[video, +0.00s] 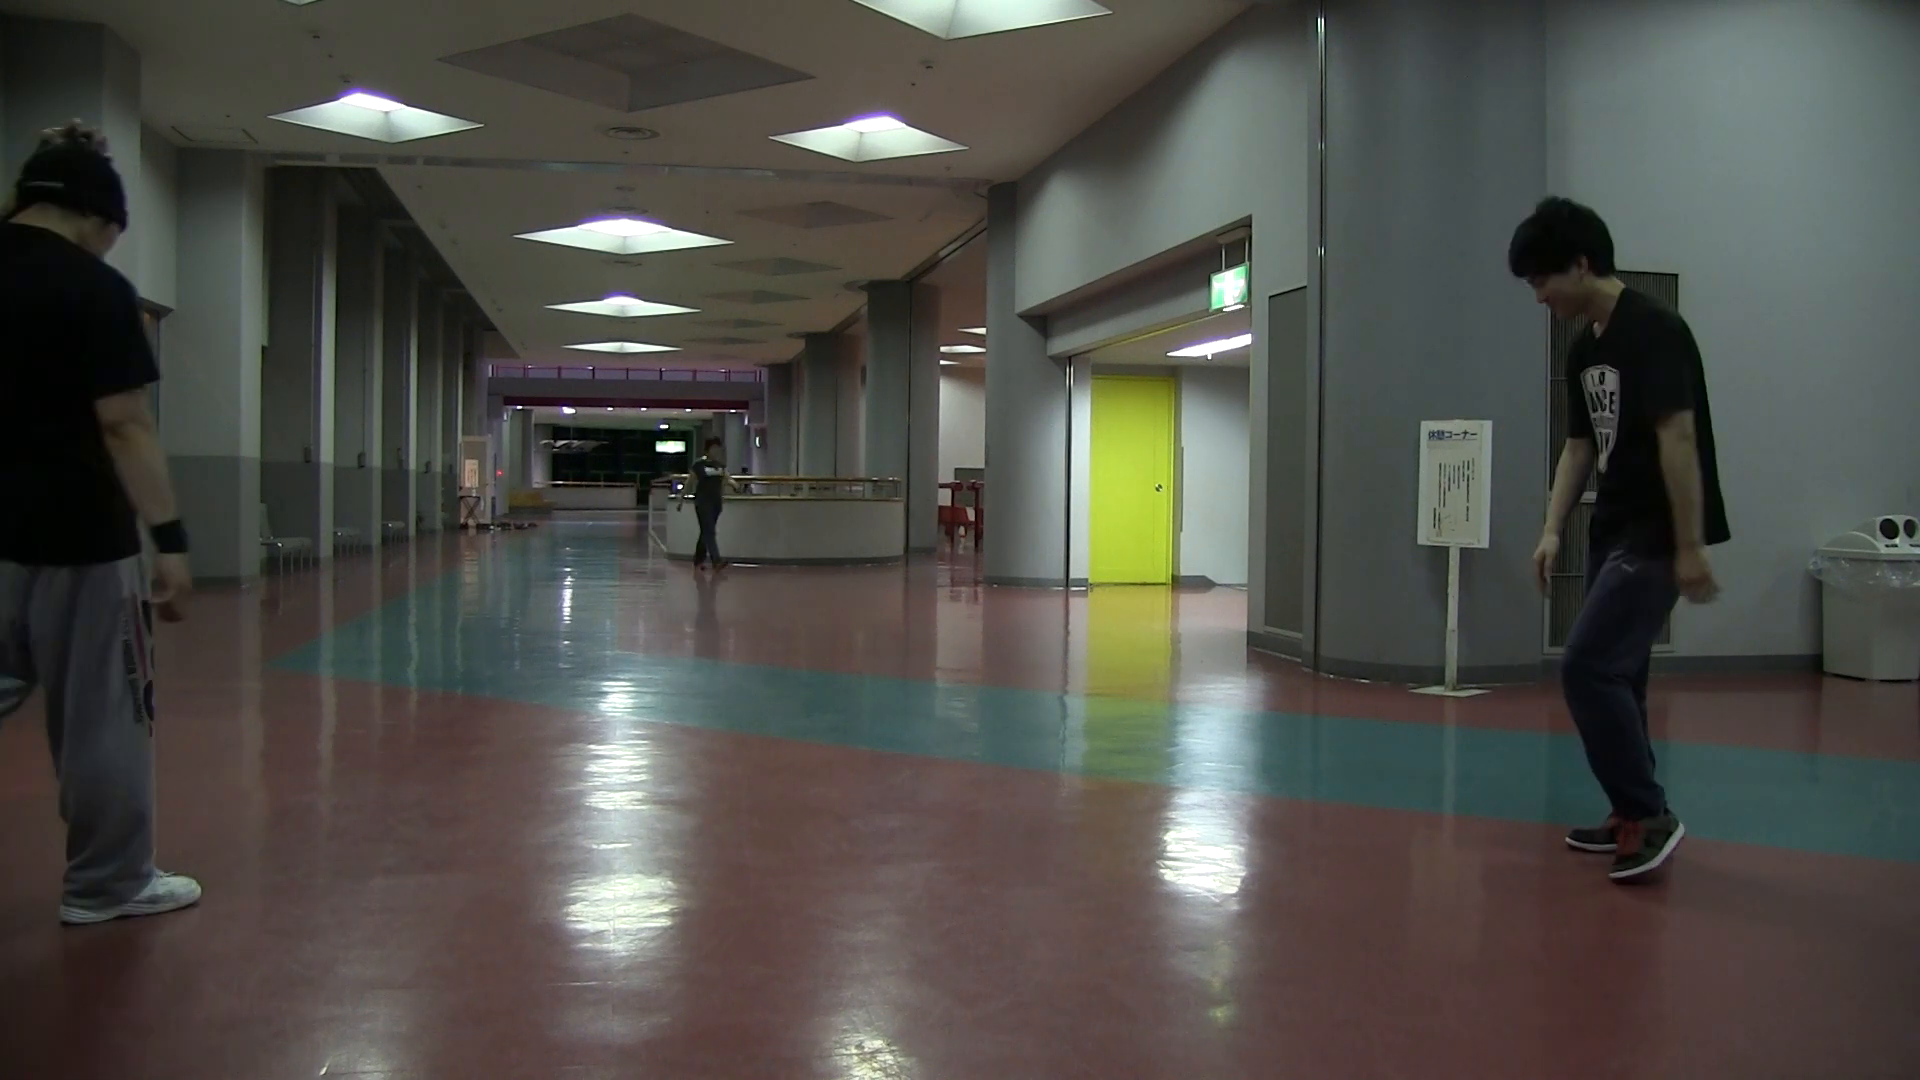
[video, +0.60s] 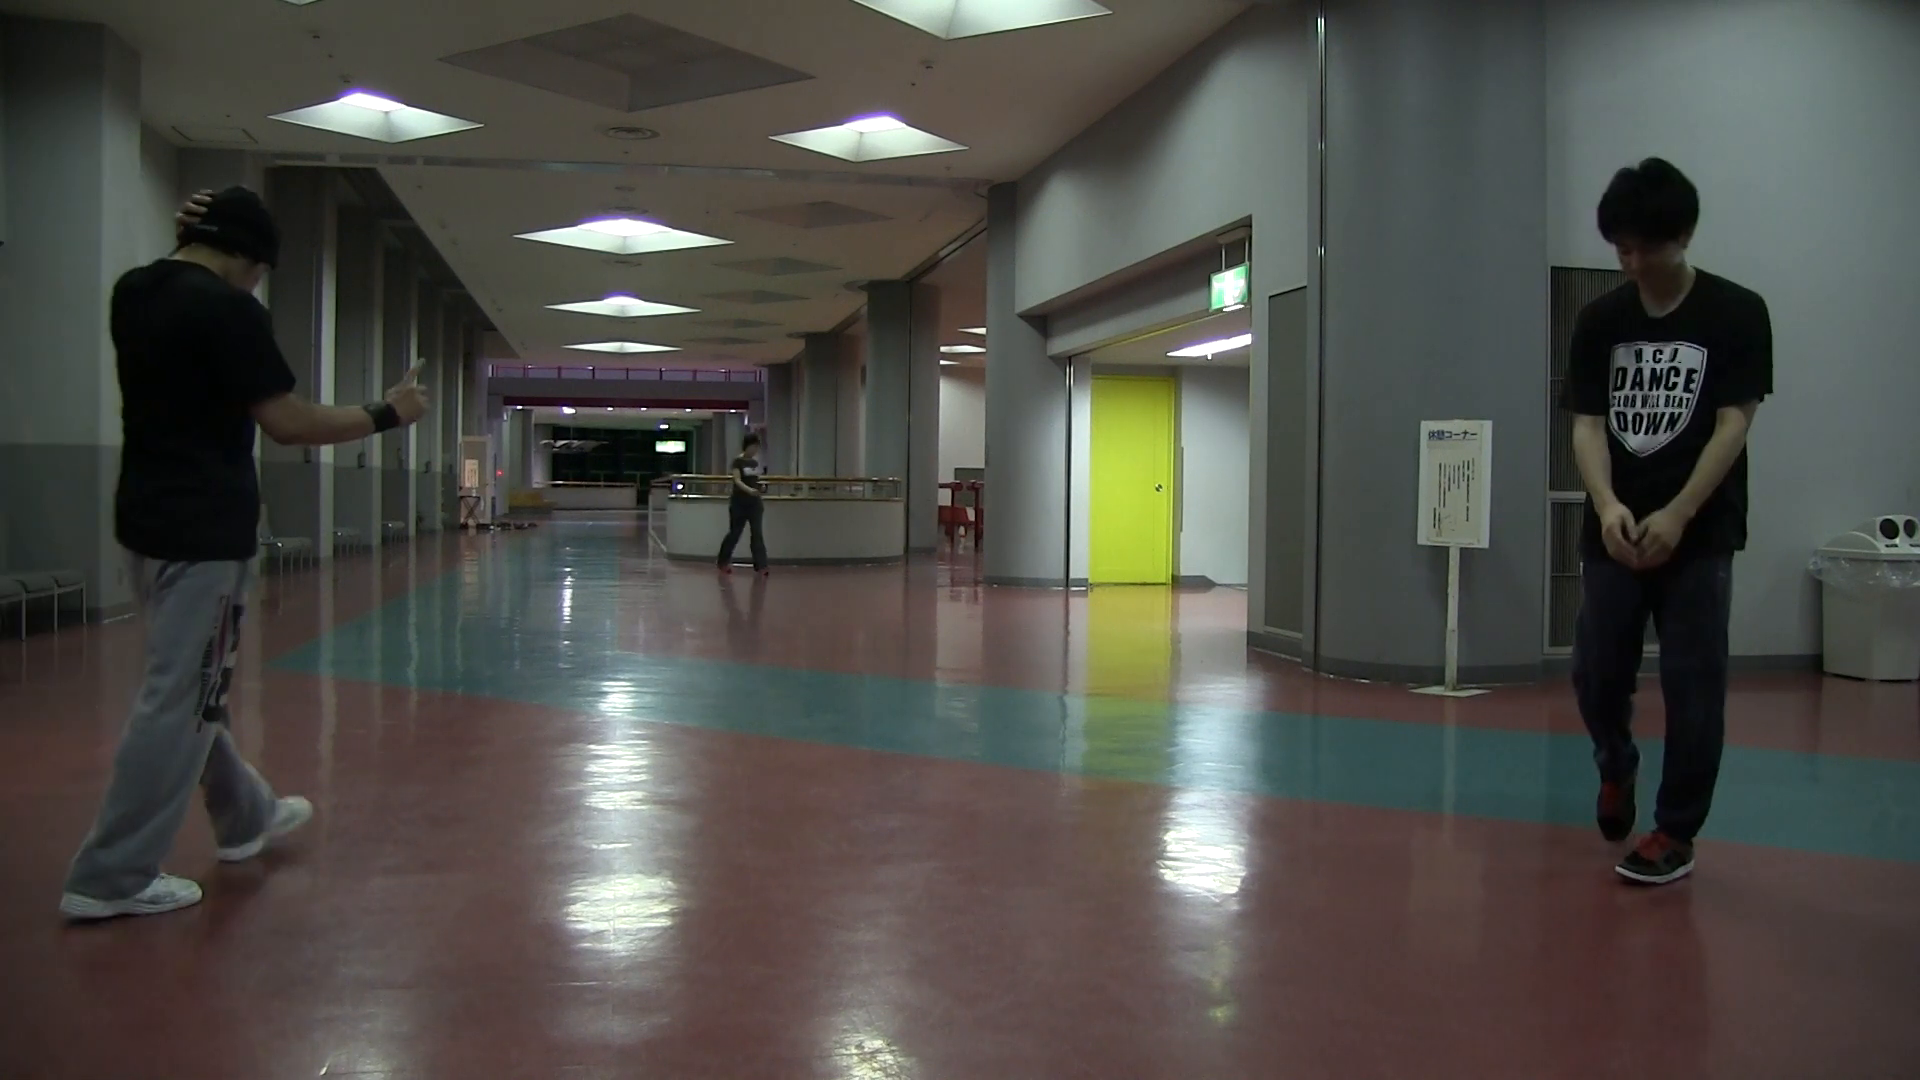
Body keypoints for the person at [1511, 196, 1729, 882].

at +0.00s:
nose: (1537, 294)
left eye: (1542, 278)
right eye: (1532, 281)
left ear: (1582, 264)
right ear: (1572, 271)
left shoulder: (1656, 329)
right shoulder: (1583, 346)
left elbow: (1677, 438)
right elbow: (1580, 443)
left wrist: (1691, 545)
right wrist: (1553, 528)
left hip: (1661, 534)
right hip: (1614, 531)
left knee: (1588, 666)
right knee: (1622, 675)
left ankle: (1649, 817)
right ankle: (1628, 816)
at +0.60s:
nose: (1632, 262)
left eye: (1646, 248)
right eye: (1622, 248)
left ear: (1682, 237)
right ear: (1612, 242)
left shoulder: (1738, 313)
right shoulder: (1600, 318)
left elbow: (1732, 426)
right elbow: (1587, 422)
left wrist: (1677, 513)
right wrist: (1605, 503)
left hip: (1698, 533)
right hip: (1613, 529)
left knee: (1692, 684)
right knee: (1597, 675)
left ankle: (1676, 834)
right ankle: (1616, 767)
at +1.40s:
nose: (1587, 226)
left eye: (1601, 212)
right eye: (1583, 213)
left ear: (1649, 217)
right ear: (1588, 225)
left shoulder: (1719, 305)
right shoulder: (1584, 321)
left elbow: (1752, 416)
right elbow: (1593, 421)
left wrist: (1710, 487)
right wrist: (1650, 471)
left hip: (1692, 534)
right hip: (1609, 535)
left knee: (1691, 696)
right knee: (1609, 697)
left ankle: (1677, 839)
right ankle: (1633, 852)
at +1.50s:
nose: (1569, 224)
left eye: (1582, 209)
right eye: (1566, 211)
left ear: (1630, 213)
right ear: (1576, 223)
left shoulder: (1702, 299)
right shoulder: (1577, 325)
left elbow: (1744, 414)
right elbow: (1592, 425)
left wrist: (1709, 481)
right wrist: (1657, 469)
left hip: (1692, 530)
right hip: (1609, 532)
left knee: (1686, 689)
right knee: (1612, 694)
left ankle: (1677, 841)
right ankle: (1633, 853)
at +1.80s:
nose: (1538, 226)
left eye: (1549, 210)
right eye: (1538, 214)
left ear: (1596, 214)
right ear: (1577, 222)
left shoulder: (1656, 291)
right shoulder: (1576, 328)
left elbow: (1707, 408)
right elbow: (1606, 431)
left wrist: (1723, 508)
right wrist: (1698, 512)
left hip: (1668, 526)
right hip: (1609, 531)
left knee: (1626, 682)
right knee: (1604, 696)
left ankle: (1716, 792)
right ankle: (1634, 857)